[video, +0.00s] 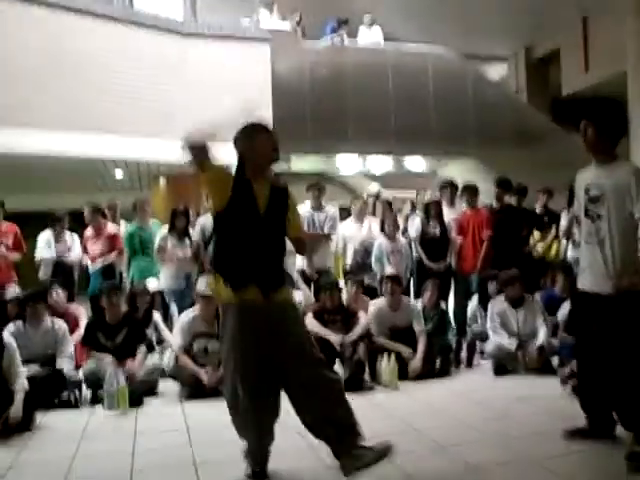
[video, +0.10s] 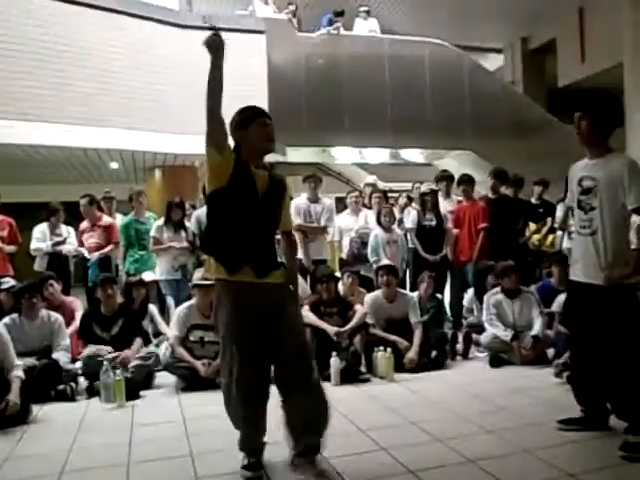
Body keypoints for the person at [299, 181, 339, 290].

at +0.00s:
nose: (316, 194)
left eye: (319, 191)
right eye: (313, 191)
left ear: (323, 193)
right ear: (308, 193)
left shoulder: (331, 212)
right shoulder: (300, 211)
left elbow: (328, 236)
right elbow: (297, 234)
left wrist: (304, 236)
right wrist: (321, 236)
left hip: (323, 263)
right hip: (303, 265)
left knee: (322, 300)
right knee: (304, 300)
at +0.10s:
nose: (313, 185)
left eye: (316, 182)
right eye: (310, 182)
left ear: (320, 185)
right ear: (305, 184)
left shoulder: (327, 204)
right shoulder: (296, 203)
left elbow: (324, 228)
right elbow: (297, 228)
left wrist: (301, 226)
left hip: (320, 254)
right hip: (302, 254)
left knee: (318, 291)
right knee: (302, 291)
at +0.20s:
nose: (314, 185)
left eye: (317, 182)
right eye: (311, 182)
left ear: (321, 184)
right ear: (307, 184)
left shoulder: (329, 203)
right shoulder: (297, 203)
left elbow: (326, 227)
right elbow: (299, 226)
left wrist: (303, 226)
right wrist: (307, 257)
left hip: (321, 254)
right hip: (303, 254)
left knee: (319, 290)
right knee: (303, 289)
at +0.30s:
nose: (315, 187)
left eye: (318, 183)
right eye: (312, 183)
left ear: (322, 185)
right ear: (308, 185)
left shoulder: (330, 204)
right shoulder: (298, 203)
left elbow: (328, 228)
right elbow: (294, 227)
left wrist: (304, 229)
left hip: (323, 253)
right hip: (303, 252)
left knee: (321, 289)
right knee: (303, 287)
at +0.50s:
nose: (316, 189)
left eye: (319, 186)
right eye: (313, 186)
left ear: (323, 187)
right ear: (309, 186)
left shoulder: (330, 205)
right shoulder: (301, 204)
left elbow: (328, 228)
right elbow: (301, 228)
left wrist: (306, 226)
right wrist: (311, 258)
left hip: (324, 255)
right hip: (304, 255)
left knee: (323, 293)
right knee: (305, 292)